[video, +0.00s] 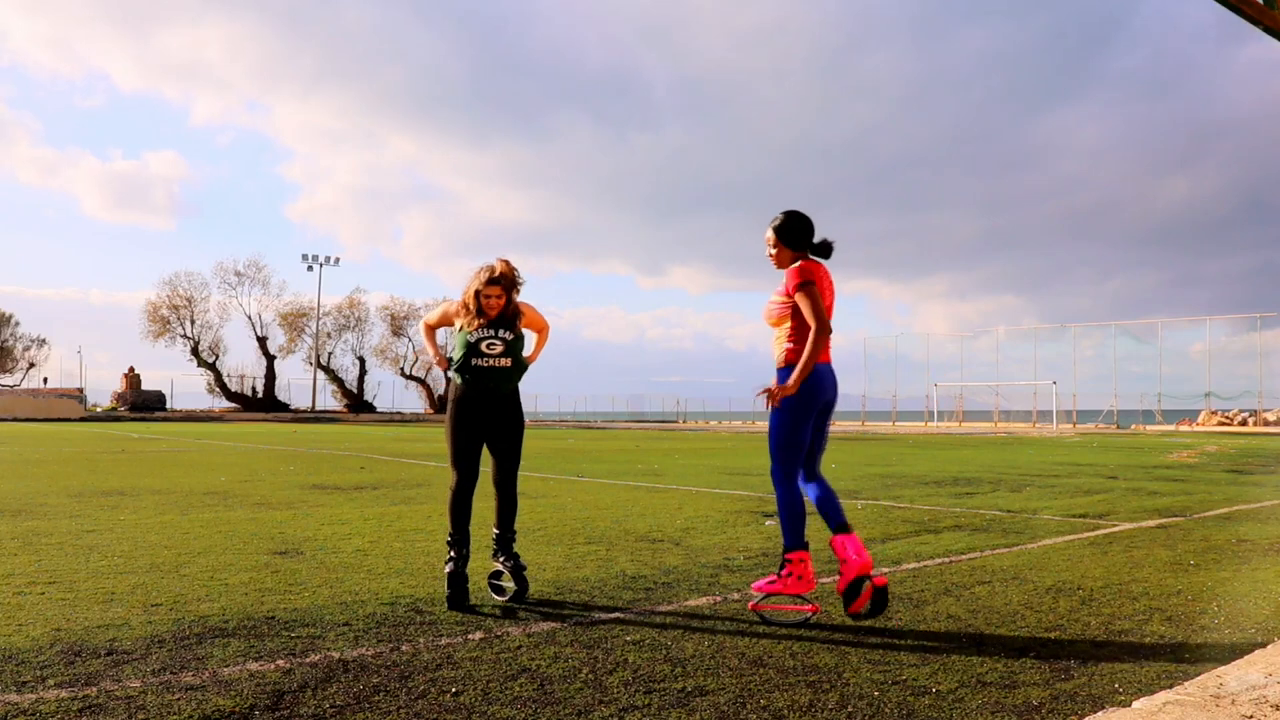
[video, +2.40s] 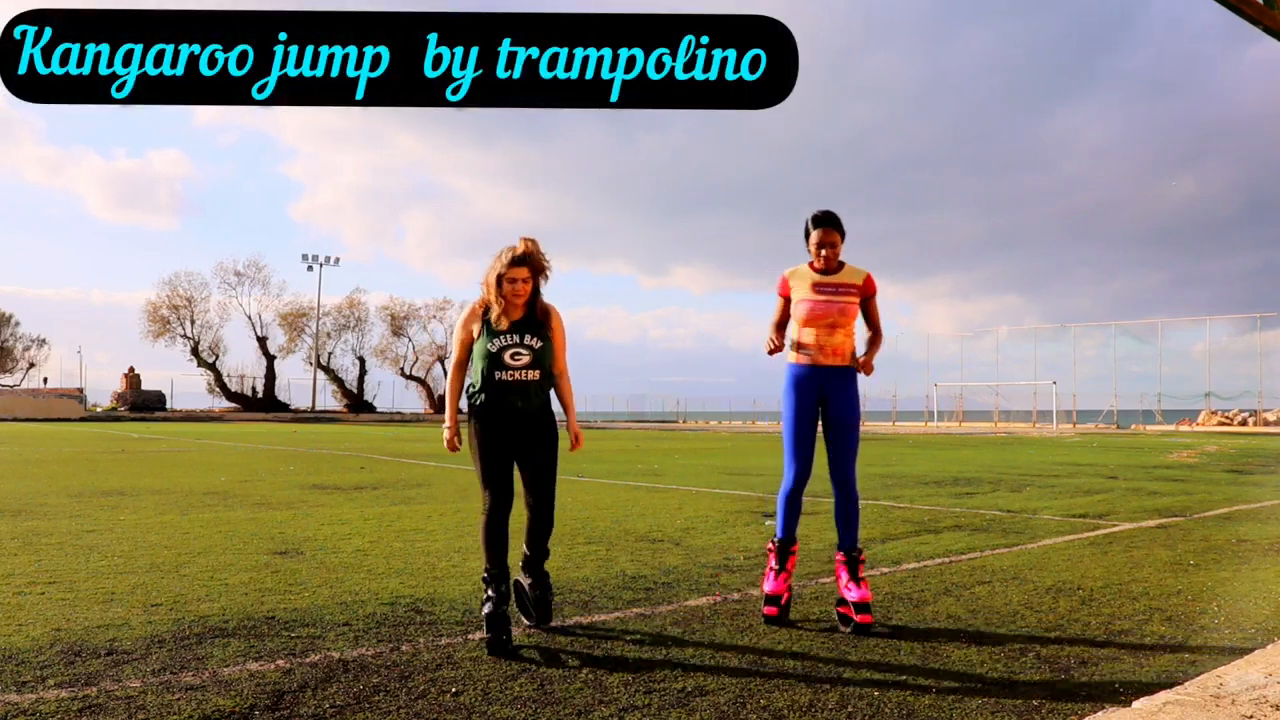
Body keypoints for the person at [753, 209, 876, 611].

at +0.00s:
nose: (768, 252)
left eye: (772, 246)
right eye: (767, 246)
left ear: (788, 245)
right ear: (803, 243)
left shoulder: (797, 274)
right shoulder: (818, 273)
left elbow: (820, 329)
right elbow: (805, 335)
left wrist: (792, 382)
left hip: (798, 381)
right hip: (822, 379)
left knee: (784, 475)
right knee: (810, 474)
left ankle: (796, 569)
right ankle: (852, 553)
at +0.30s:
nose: (758, 251)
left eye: (763, 245)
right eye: (757, 244)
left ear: (783, 244)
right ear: (770, 243)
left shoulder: (800, 273)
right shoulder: (779, 276)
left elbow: (826, 326)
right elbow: (782, 334)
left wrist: (796, 355)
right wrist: (766, 379)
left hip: (793, 378)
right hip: (774, 378)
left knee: (782, 469)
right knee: (749, 463)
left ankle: (795, 564)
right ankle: (801, 535)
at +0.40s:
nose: (754, 252)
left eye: (760, 246)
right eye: (754, 246)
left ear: (780, 246)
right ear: (759, 245)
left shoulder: (799, 275)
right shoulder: (763, 277)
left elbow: (827, 313)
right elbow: (769, 328)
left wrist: (836, 330)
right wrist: (760, 368)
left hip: (791, 379)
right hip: (764, 378)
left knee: (781, 470)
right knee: (750, 467)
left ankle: (797, 563)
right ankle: (769, 545)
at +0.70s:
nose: (746, 257)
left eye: (754, 251)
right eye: (742, 250)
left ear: (769, 252)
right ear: (736, 250)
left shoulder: (789, 280)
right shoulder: (730, 286)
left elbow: (832, 315)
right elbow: (722, 339)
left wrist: (882, 346)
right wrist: (699, 384)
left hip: (785, 377)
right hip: (749, 380)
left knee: (782, 466)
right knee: (748, 466)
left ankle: (796, 558)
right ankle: (750, 553)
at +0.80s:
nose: (745, 257)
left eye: (752, 250)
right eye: (741, 250)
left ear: (766, 252)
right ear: (733, 252)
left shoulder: (787, 282)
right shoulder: (726, 290)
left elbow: (815, 331)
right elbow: (708, 342)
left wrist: (847, 374)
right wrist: (678, 384)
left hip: (787, 378)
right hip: (750, 381)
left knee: (778, 462)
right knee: (750, 468)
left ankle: (796, 550)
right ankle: (752, 552)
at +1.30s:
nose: (778, 245)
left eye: (783, 239)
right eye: (772, 240)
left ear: (794, 246)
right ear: (763, 248)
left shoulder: (812, 280)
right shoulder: (753, 283)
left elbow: (825, 332)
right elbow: (737, 336)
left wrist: (846, 380)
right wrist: (732, 384)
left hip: (803, 380)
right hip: (764, 380)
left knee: (802, 468)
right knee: (759, 467)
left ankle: (802, 551)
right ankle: (752, 549)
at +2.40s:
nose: (825, 253)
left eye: (831, 246)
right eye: (818, 246)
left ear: (842, 244)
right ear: (807, 245)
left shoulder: (859, 281)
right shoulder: (792, 279)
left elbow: (876, 330)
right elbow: (779, 323)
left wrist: (870, 355)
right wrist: (775, 337)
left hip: (842, 380)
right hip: (800, 379)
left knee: (844, 479)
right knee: (797, 475)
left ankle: (850, 566)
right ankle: (781, 560)